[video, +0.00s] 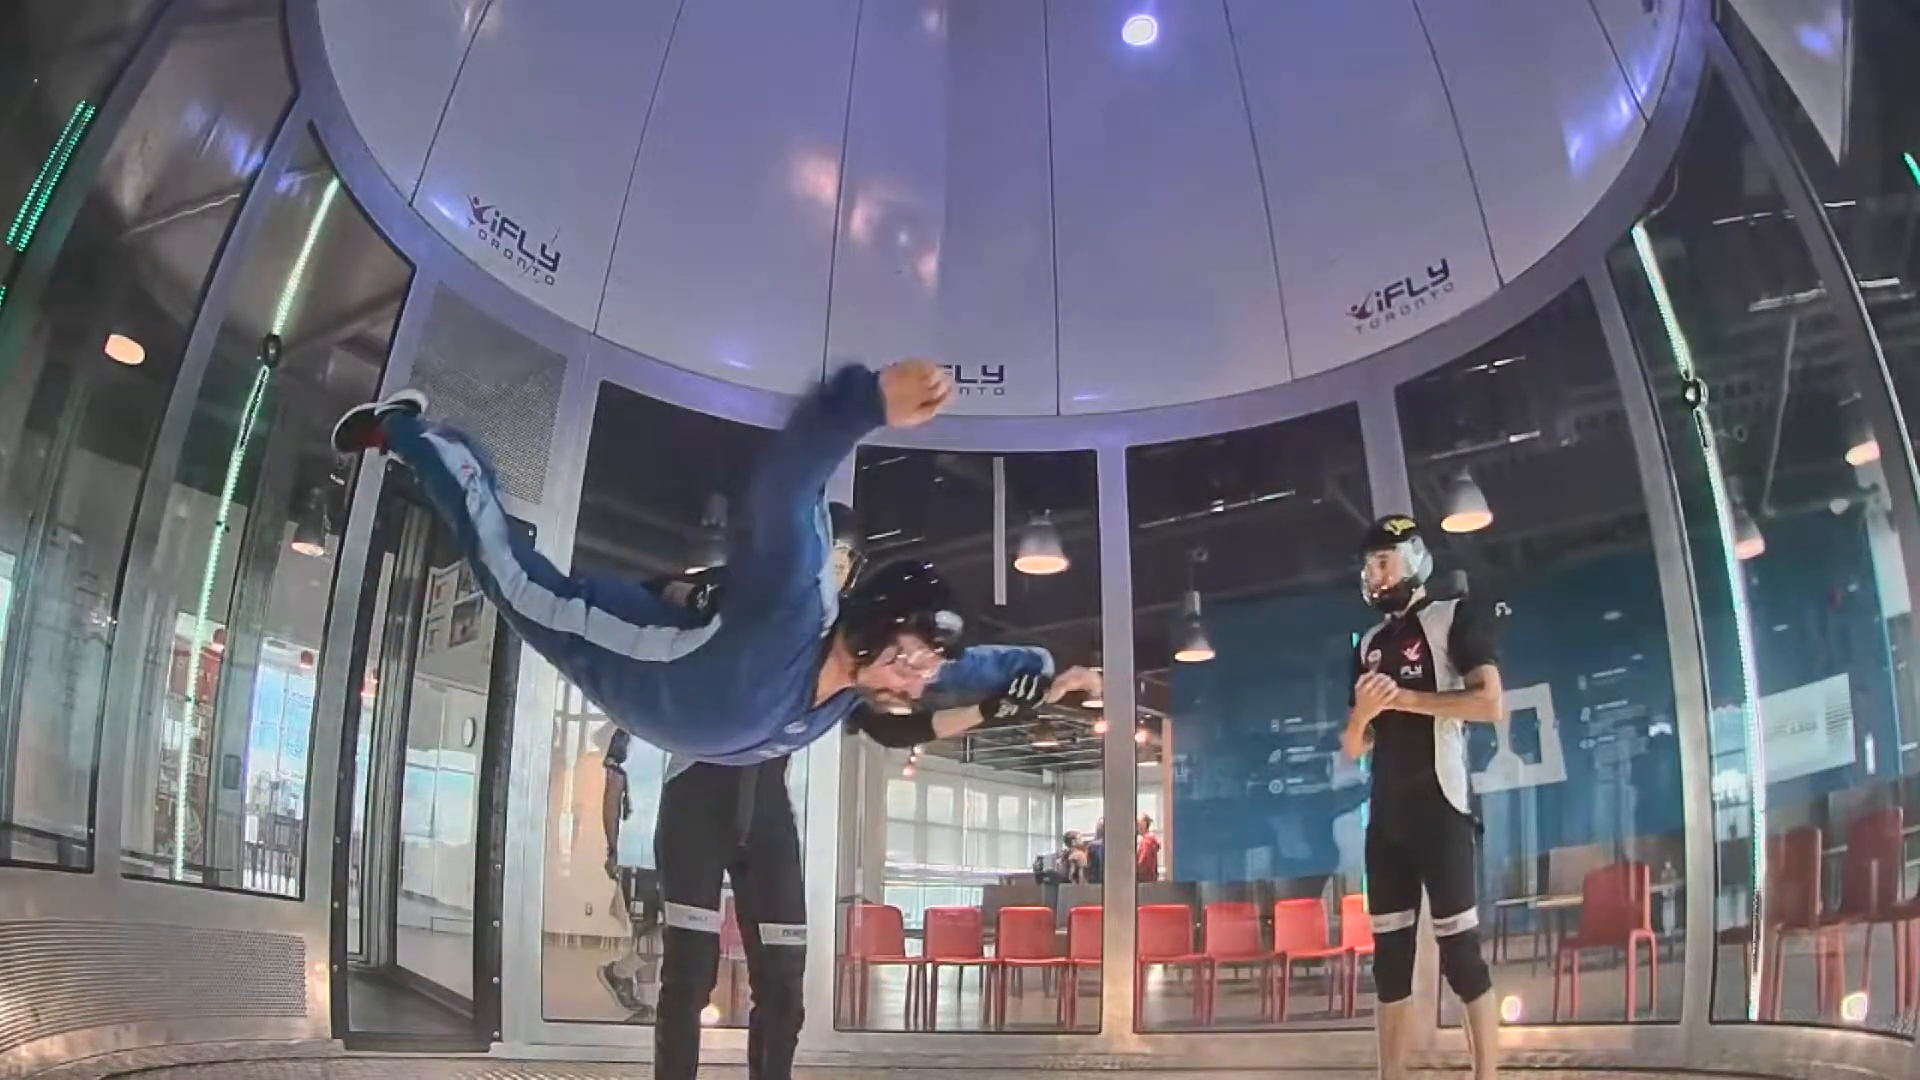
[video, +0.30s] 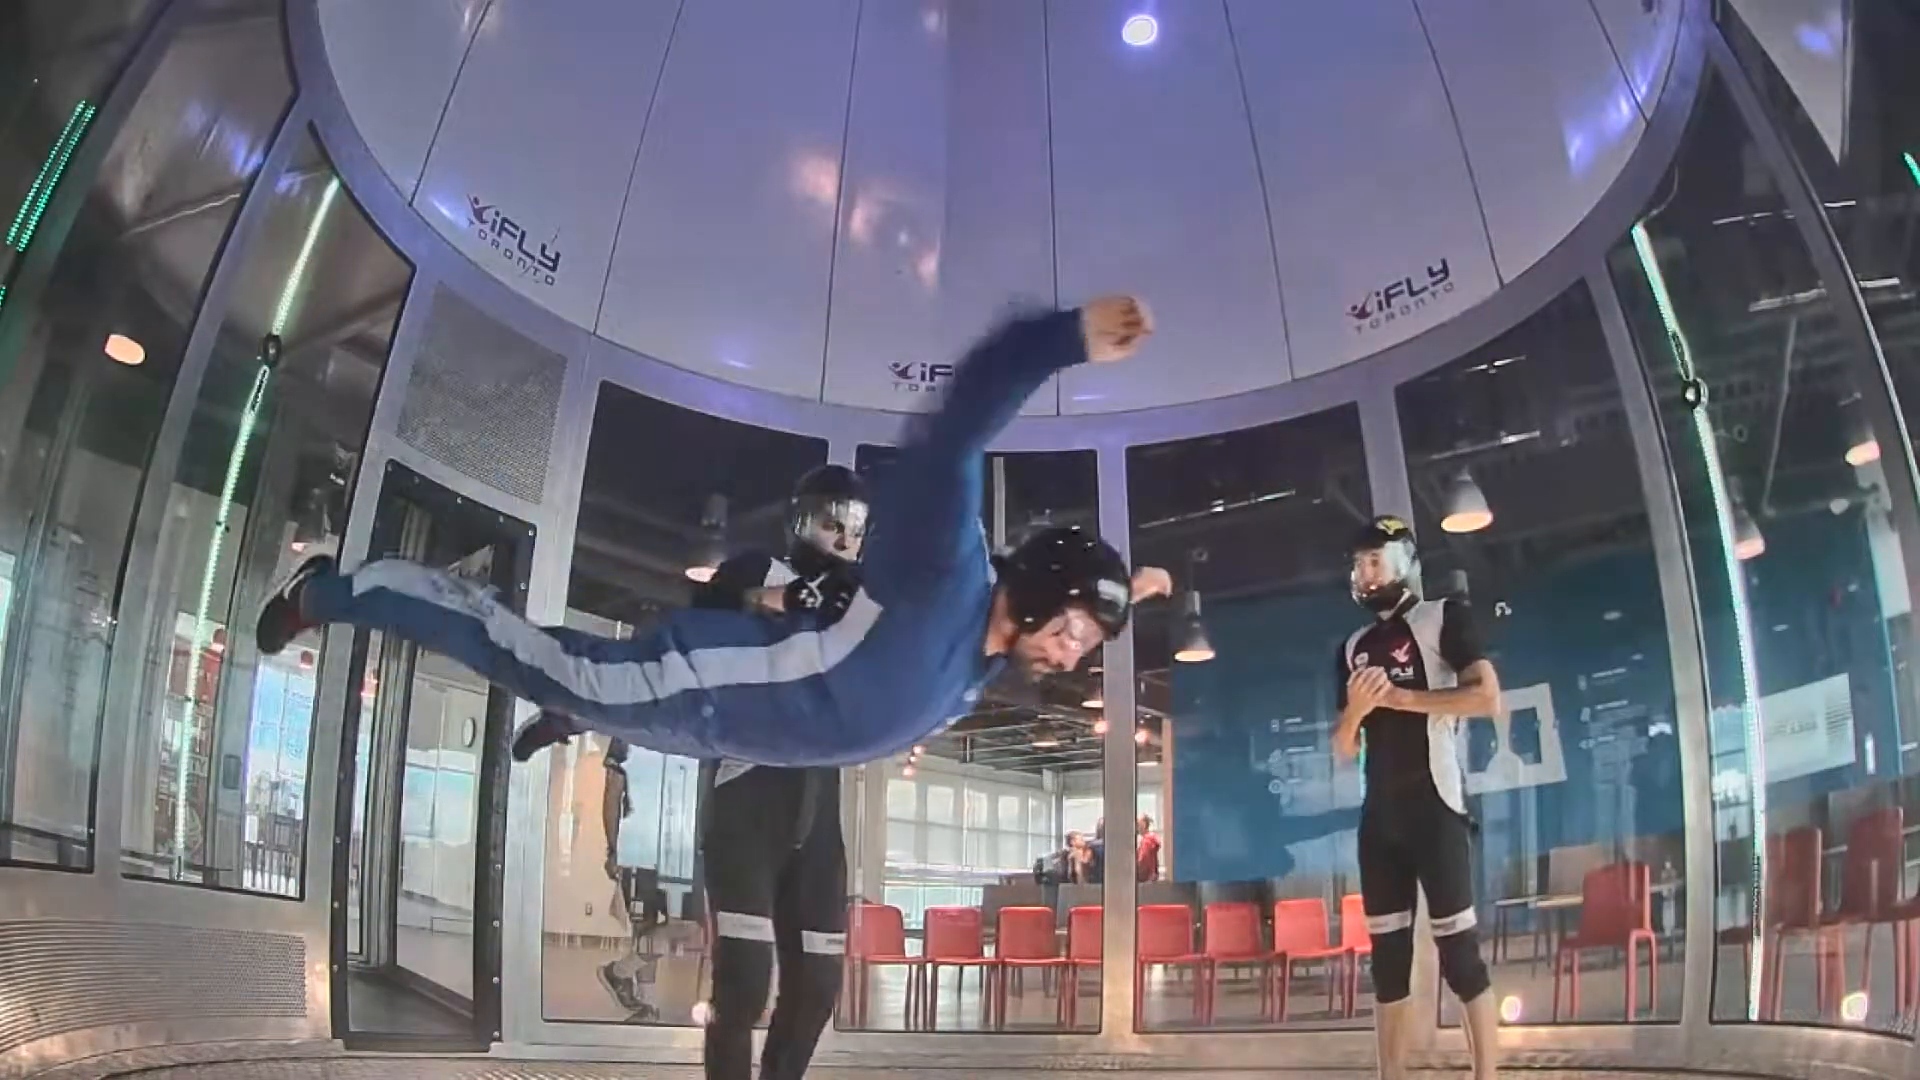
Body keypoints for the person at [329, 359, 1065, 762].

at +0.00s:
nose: (914, 674)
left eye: (926, 667)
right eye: (910, 651)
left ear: (918, 677)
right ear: (876, 624)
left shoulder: (848, 692)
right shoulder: (793, 614)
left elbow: (955, 678)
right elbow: (780, 493)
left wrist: (1040, 669)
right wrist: (864, 403)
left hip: (659, 670)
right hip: (610, 637)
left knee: (560, 601)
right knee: (503, 559)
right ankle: (412, 430)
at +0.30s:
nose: (1069, 659)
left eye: (1084, 649)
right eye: (1073, 636)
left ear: (1060, 630)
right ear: (1041, 596)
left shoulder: (976, 657)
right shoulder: (943, 574)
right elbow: (951, 441)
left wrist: (1134, 584)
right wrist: (1065, 337)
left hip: (732, 728)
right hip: (703, 670)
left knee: (624, 713)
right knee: (527, 651)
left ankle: (553, 714)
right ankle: (339, 587)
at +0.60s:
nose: (1129, 670)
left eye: (1141, 662)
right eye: (1135, 649)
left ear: (1113, 645)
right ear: (1106, 613)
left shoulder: (1021, 680)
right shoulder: (1023, 594)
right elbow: (1054, 463)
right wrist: (1201, 395)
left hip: (794, 712)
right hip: (779, 693)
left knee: (620, 677)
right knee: (597, 694)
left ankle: (419, 602)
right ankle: (340, 601)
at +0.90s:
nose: (1165, 726)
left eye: (1176, 717)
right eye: (1173, 704)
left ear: (1150, 704)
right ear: (1146, 677)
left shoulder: (1046, 740)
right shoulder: (1059, 675)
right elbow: (1138, 532)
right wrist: (1294, 472)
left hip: (761, 728)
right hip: (771, 702)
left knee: (600, 618)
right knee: (616, 590)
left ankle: (440, 418)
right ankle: (434, 394)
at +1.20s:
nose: (1204, 739)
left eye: (1216, 730)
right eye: (1209, 719)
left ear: (1183, 724)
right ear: (1184, 700)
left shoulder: (1081, 777)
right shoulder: (1106, 702)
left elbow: (957, 695)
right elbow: (1178, 571)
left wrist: (914, 663)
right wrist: (1354, 536)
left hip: (805, 773)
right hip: (825, 715)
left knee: (645, 647)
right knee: (669, 604)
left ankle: (551, 572)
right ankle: (503, 362)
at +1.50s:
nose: (1290, 748)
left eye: (1309, 746)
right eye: (1295, 731)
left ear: (1293, 768)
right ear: (1265, 725)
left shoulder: (1182, 779)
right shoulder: (1184, 745)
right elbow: (1222, 595)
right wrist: (1417, 548)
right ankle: (541, 496)